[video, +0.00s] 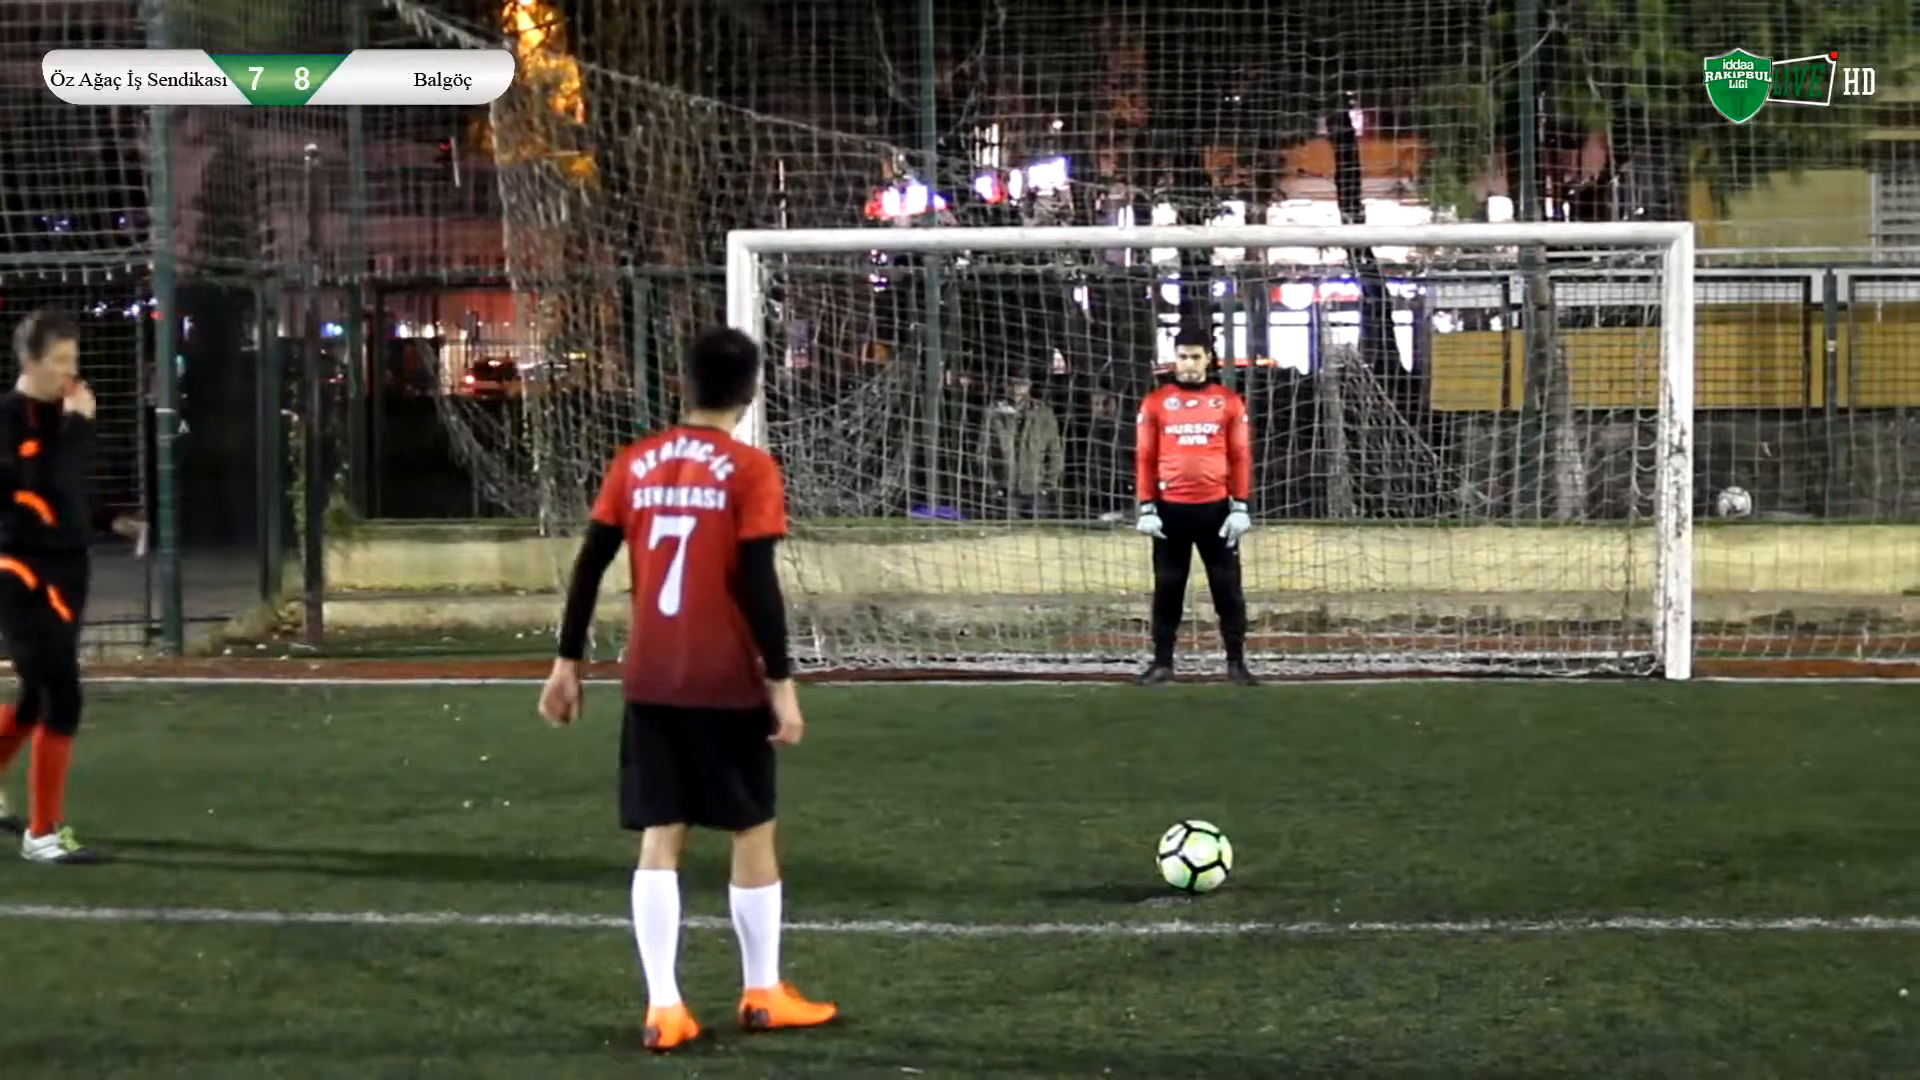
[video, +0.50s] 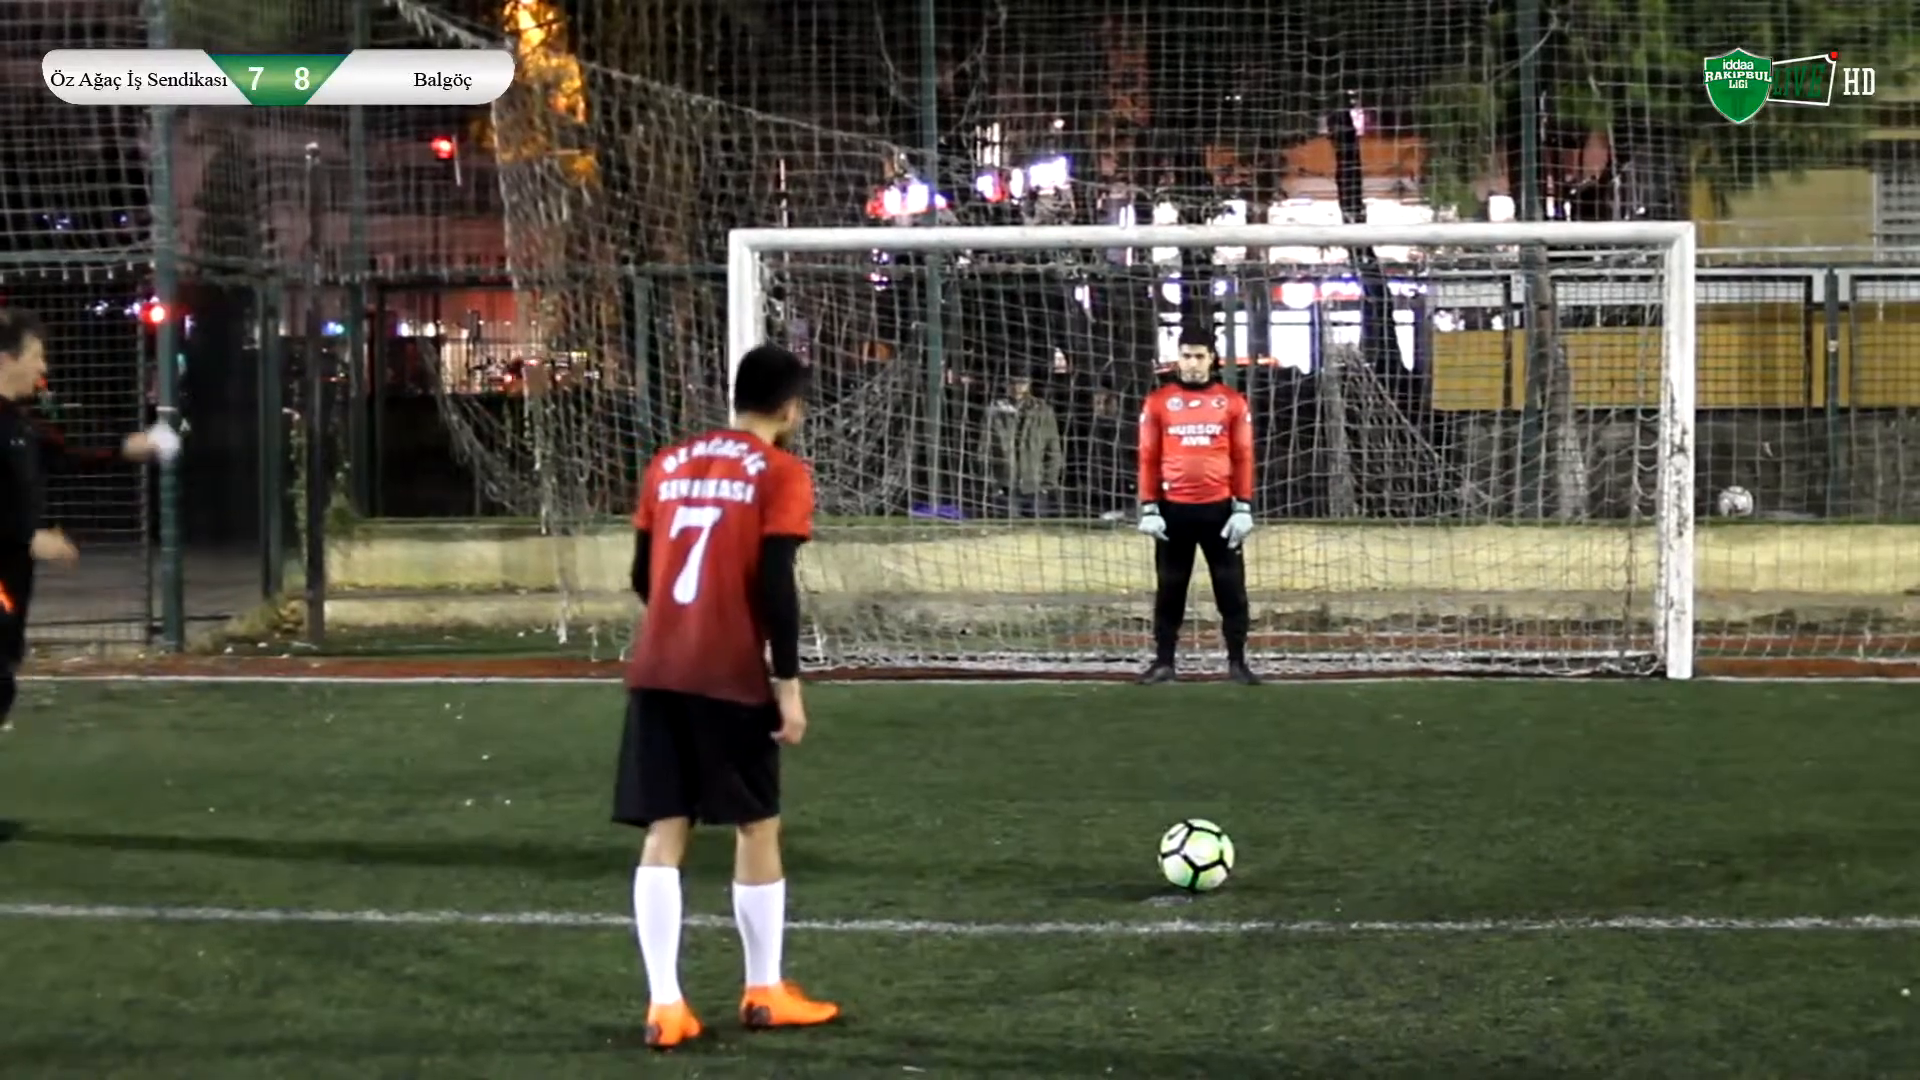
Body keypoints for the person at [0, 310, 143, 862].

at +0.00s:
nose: (71, 372)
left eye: (74, 362)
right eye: (63, 363)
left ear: (70, 363)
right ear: (30, 363)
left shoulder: (62, 416)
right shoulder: (11, 419)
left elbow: (74, 500)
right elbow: (57, 504)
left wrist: (113, 521)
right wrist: (78, 425)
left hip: (58, 575)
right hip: (24, 577)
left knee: (32, 698)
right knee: (61, 699)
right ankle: (42, 831)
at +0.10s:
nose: (61, 377)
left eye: (64, 367)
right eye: (52, 367)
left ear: (60, 367)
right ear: (20, 367)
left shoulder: (46, 419)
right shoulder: (9, 422)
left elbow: (52, 498)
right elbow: (24, 499)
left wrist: (93, 526)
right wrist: (66, 443)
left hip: (39, 584)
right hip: (12, 586)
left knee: (16, 698)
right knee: (45, 697)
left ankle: (41, 826)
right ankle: (40, 828)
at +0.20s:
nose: (56, 380)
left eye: (58, 368)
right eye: (47, 368)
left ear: (48, 367)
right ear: (15, 368)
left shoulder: (37, 421)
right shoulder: (9, 422)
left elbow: (38, 497)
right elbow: (15, 496)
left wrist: (78, 527)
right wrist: (61, 465)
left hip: (29, 581)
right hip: (7, 583)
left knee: (23, 695)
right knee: (28, 696)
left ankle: (35, 820)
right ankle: (34, 822)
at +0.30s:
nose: (52, 378)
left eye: (54, 367)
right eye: (45, 367)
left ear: (24, 368)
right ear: (13, 367)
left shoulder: (26, 422)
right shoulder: (7, 424)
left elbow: (26, 504)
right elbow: (9, 507)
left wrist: (77, 523)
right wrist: (55, 502)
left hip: (16, 581)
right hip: (1, 583)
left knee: (15, 692)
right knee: (17, 691)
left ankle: (16, 814)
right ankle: (12, 816)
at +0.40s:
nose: (45, 378)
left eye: (46, 366)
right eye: (38, 365)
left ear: (21, 365)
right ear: (6, 363)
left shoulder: (21, 424)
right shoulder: (6, 428)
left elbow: (45, 489)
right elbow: (6, 505)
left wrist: (105, 502)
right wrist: (44, 518)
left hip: (13, 599)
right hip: (3, 601)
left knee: (15, 696)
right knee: (14, 696)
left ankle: (5, 812)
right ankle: (3, 812)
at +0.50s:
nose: (43, 369)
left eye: (42, 357)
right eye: (36, 356)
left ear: (13, 360)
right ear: (8, 359)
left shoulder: (18, 419)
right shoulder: (5, 420)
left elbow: (64, 459)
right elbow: (3, 499)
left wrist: (130, 448)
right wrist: (29, 536)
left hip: (13, 576)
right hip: (3, 580)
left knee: (5, 684)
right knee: (3, 687)